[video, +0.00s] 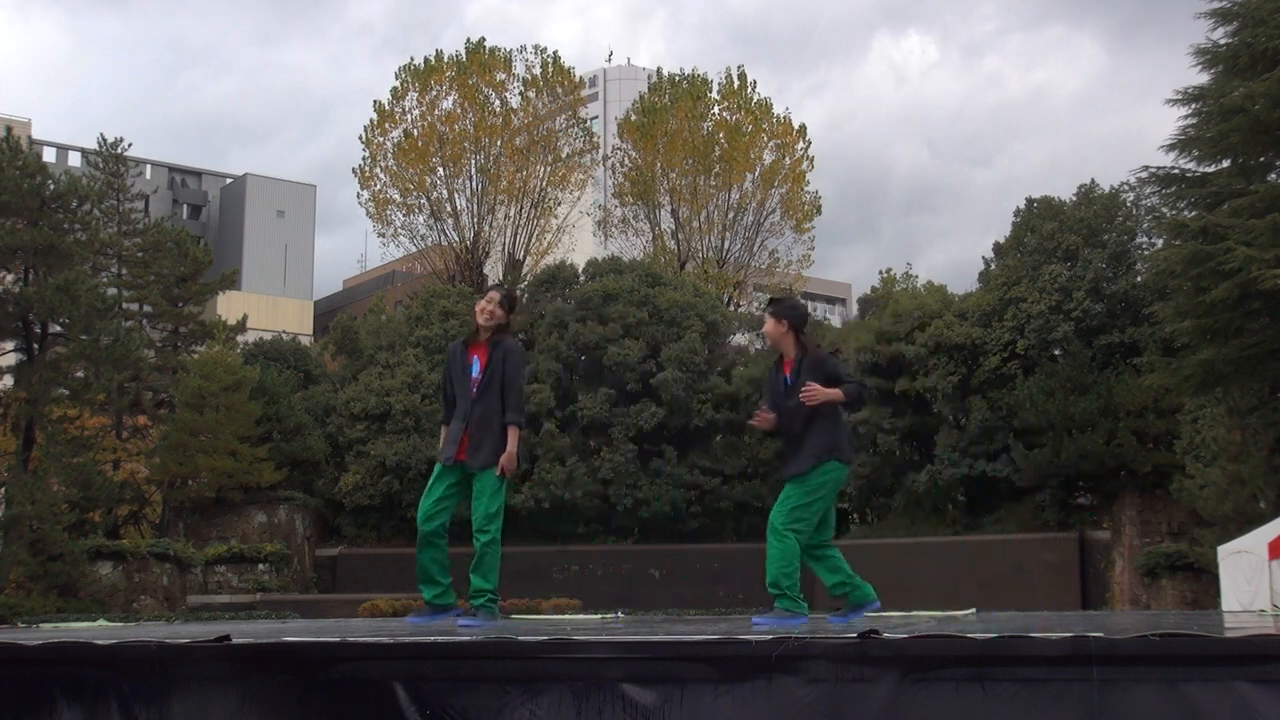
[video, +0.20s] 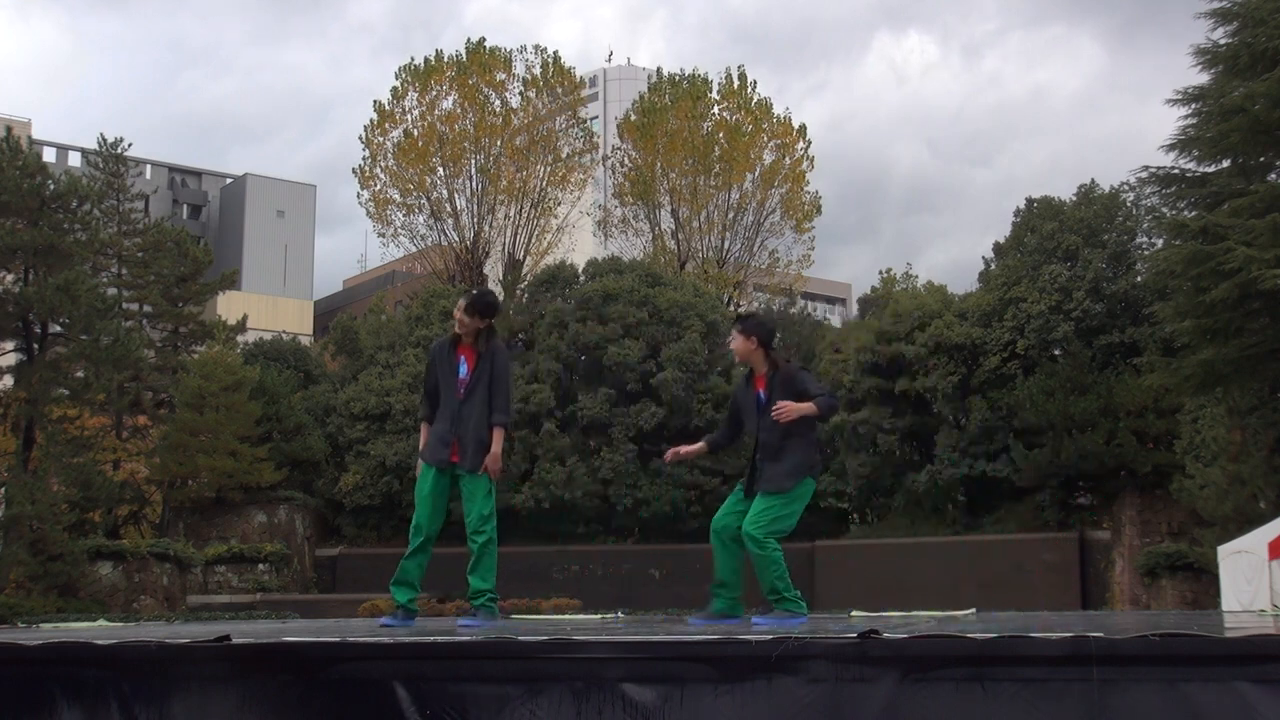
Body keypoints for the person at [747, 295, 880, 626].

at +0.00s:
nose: (763, 328)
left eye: (767, 322)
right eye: (764, 322)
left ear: (785, 326)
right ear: (784, 327)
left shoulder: (817, 361)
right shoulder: (777, 372)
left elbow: (859, 393)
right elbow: (785, 421)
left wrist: (831, 394)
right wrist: (772, 422)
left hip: (827, 457)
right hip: (806, 460)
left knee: (782, 523)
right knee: (815, 541)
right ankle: (861, 598)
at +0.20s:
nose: (730, 344)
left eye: (735, 338)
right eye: (731, 338)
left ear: (754, 342)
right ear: (752, 343)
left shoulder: (790, 375)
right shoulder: (745, 387)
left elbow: (830, 402)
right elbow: (729, 433)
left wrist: (802, 408)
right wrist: (693, 449)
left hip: (794, 474)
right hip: (760, 474)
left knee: (756, 530)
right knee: (723, 526)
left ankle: (789, 608)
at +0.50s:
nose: (707, 341)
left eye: (710, 334)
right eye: (706, 335)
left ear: (732, 333)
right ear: (729, 335)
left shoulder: (764, 363)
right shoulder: (725, 376)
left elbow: (800, 390)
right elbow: (714, 421)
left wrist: (787, 408)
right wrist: (679, 438)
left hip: (780, 467)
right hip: (743, 468)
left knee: (757, 529)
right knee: (720, 532)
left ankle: (787, 607)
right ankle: (703, 606)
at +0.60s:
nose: (706, 332)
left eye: (711, 325)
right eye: (705, 326)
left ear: (733, 325)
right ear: (722, 328)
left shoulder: (765, 359)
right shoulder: (719, 371)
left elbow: (799, 379)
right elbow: (689, 398)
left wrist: (809, 393)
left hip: (784, 462)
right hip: (747, 465)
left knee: (766, 528)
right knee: (735, 528)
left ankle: (788, 607)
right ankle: (738, 607)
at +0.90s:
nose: (740, 323)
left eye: (746, 316)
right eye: (735, 317)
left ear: (765, 315)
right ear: (731, 320)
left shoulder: (787, 355)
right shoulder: (722, 354)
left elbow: (821, 388)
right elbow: (687, 369)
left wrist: (858, 406)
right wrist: (674, 357)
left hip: (777, 458)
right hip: (736, 458)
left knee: (773, 528)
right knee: (740, 533)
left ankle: (784, 605)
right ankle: (752, 604)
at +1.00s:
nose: (745, 329)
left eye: (750, 321)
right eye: (739, 323)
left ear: (769, 316)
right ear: (734, 322)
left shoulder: (789, 354)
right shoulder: (726, 353)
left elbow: (811, 393)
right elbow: (687, 365)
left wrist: (838, 426)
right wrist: (685, 352)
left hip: (777, 458)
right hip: (736, 457)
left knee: (768, 528)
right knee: (731, 527)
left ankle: (785, 606)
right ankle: (768, 576)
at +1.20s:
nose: (738, 360)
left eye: (743, 352)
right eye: (734, 354)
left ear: (761, 344)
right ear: (729, 352)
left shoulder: (788, 376)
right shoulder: (724, 377)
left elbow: (800, 420)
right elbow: (691, 405)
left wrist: (811, 457)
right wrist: (684, 391)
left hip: (775, 474)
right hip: (734, 473)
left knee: (753, 537)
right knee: (704, 526)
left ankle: (785, 608)